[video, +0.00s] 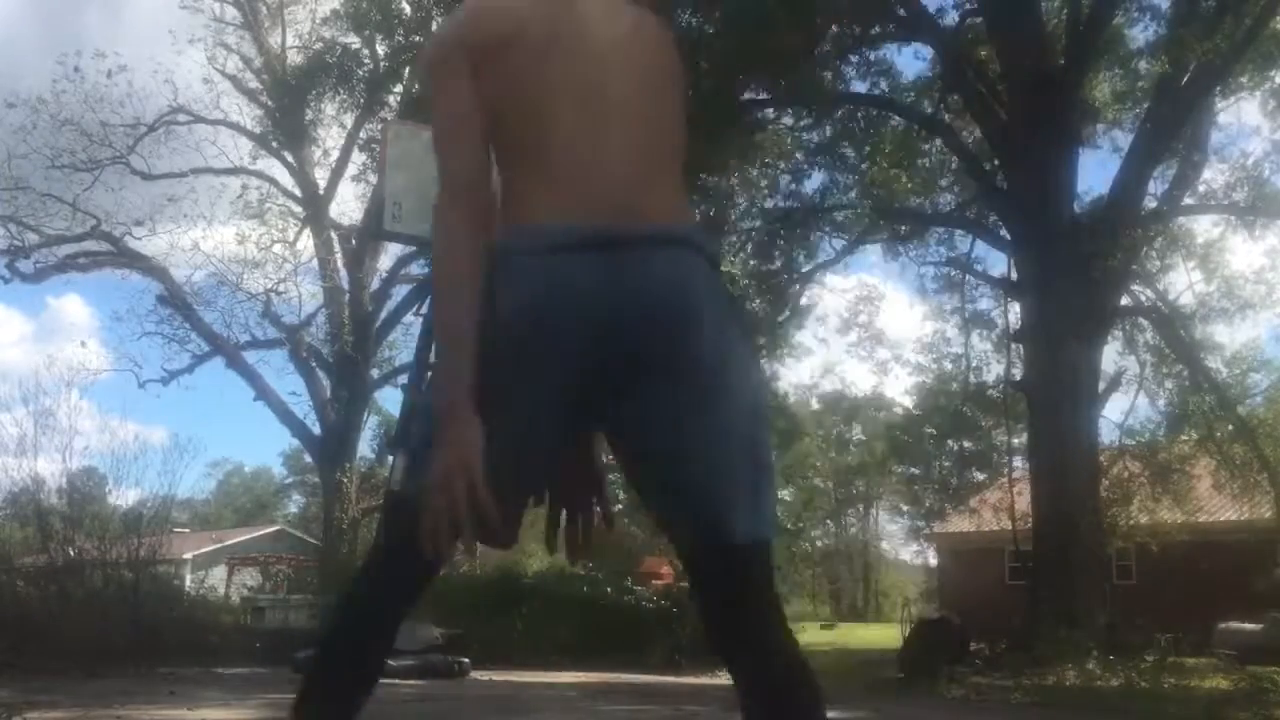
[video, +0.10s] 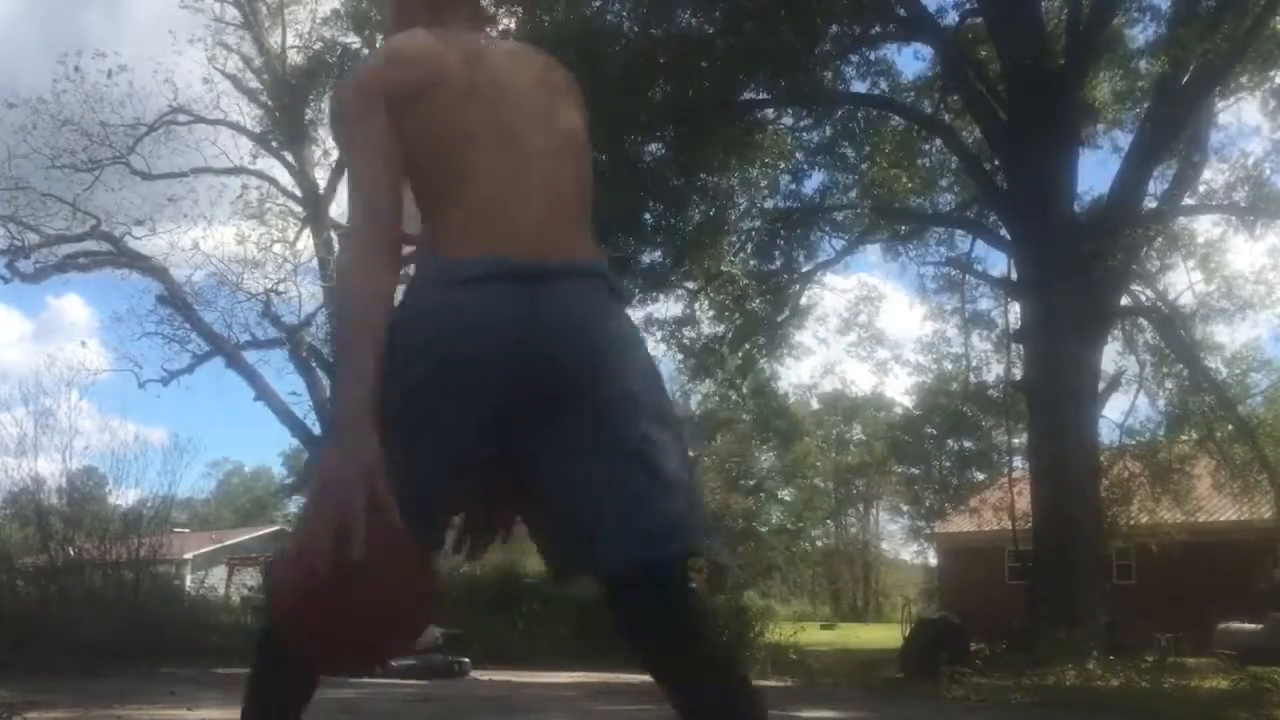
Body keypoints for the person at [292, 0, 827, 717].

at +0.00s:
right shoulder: (652, 30)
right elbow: (631, 213)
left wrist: (456, 405)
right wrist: (584, 420)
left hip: (531, 291)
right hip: (674, 291)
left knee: (393, 573)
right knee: (748, 608)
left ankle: (314, 708)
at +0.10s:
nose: (386, 23)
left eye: (386, 18)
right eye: (387, 21)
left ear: (401, 13)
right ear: (480, 14)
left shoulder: (381, 75)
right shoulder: (553, 73)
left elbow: (376, 243)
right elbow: (555, 241)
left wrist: (350, 427)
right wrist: (517, 457)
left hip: (453, 328)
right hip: (590, 326)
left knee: (320, 583)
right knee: (659, 602)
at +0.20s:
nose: (310, 19)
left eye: (313, 14)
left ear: (327, 8)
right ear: (410, 9)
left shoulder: (301, 50)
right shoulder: (470, 65)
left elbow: (286, 170)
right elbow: (490, 191)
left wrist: (225, 307)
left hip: (366, 285)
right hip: (488, 285)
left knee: (278, 547)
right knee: (545, 558)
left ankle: (243, 711)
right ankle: (620, 709)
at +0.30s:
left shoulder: (248, 8)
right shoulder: (429, 32)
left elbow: (231, 68)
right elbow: (439, 171)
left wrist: (146, 184)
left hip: (298, 240)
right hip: (419, 243)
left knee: (258, 530)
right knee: (427, 523)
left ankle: (236, 707)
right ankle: (429, 703)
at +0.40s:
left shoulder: (231, 3)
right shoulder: (395, 16)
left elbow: (168, 38)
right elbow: (397, 155)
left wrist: (68, 126)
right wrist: (387, 251)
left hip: (245, 209)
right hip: (361, 216)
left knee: (217, 488)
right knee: (321, 500)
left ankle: (187, 702)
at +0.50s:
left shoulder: (188, 5)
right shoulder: (359, 34)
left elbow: (103, 55)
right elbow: (351, 174)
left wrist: (0, 123)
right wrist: (341, 281)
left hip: (195, 220)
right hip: (311, 237)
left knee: (152, 489)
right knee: (244, 519)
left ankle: (82, 701)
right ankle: (184, 711)